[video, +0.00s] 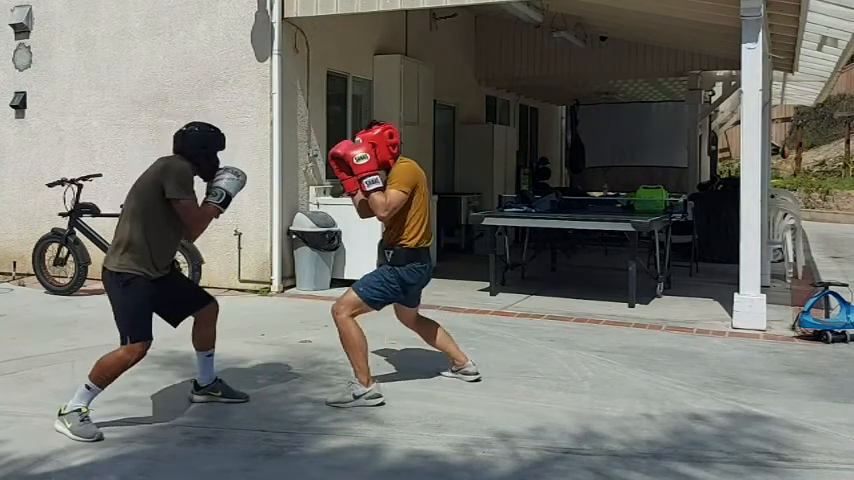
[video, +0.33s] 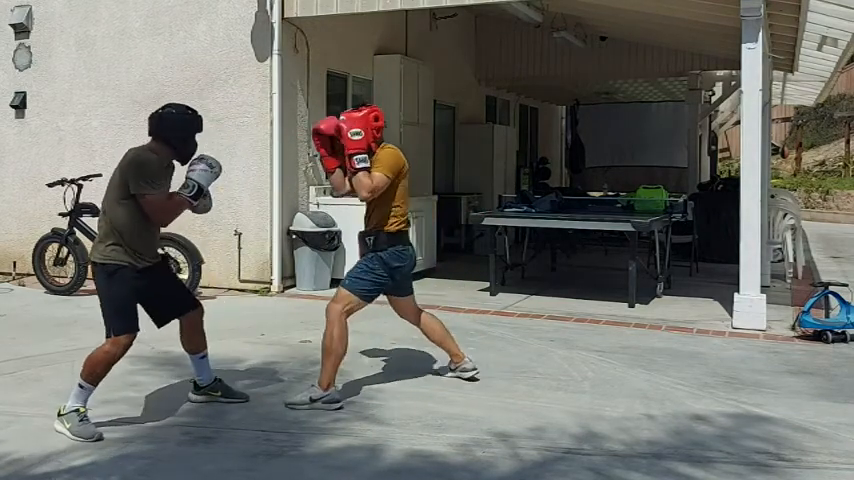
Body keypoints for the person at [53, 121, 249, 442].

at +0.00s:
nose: (218, 159)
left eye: (218, 152)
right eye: (215, 152)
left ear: (187, 148)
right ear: (200, 152)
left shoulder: (176, 174)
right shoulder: (174, 168)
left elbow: (188, 231)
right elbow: (195, 225)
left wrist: (215, 200)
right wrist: (219, 195)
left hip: (157, 270)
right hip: (127, 271)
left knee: (207, 309)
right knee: (136, 345)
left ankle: (206, 383)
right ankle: (73, 410)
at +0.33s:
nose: (195, 140)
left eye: (195, 134)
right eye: (192, 134)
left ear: (164, 133)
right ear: (178, 135)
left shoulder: (162, 166)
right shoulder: (141, 160)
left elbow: (160, 216)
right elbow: (159, 213)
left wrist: (187, 201)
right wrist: (190, 189)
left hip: (147, 261)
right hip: (114, 262)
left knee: (191, 311)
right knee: (122, 337)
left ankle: (205, 382)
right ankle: (72, 409)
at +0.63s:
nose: (203, 142)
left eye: (204, 135)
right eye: (200, 134)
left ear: (172, 133)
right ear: (185, 135)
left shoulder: (163, 162)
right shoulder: (156, 161)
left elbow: (171, 212)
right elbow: (179, 215)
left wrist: (195, 182)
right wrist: (205, 182)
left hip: (155, 262)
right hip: (127, 264)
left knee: (204, 308)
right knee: (131, 342)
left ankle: (206, 382)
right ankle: (73, 409)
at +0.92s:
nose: (220, 137)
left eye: (220, 131)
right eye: (216, 131)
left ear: (196, 133)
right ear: (200, 133)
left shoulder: (205, 158)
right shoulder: (172, 155)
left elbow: (246, 165)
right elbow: (198, 202)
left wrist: (278, 154)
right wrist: (224, 172)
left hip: (163, 255)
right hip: (128, 252)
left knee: (206, 307)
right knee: (113, 327)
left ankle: (207, 381)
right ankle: (57, 400)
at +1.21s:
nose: (176, 157)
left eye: (175, 150)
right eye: (170, 152)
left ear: (154, 158)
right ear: (151, 158)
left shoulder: (170, 184)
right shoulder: (126, 187)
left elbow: (184, 228)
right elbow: (166, 232)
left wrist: (200, 248)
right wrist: (186, 193)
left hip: (158, 274)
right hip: (116, 276)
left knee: (213, 313)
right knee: (91, 346)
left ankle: (207, 382)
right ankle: (25, 409)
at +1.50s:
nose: (134, 156)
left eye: (132, 150)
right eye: (126, 152)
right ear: (106, 161)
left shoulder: (136, 175)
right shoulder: (77, 191)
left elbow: (158, 201)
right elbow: (110, 238)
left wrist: (164, 237)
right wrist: (138, 199)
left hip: (139, 271)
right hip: (95, 276)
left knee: (196, 314)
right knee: (79, 342)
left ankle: (206, 382)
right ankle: (22, 411)